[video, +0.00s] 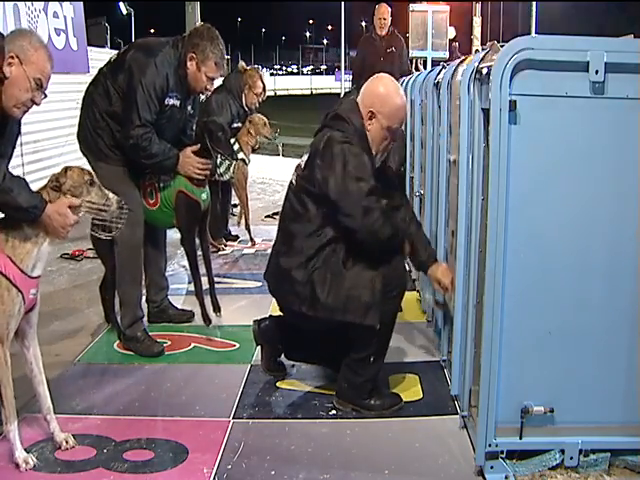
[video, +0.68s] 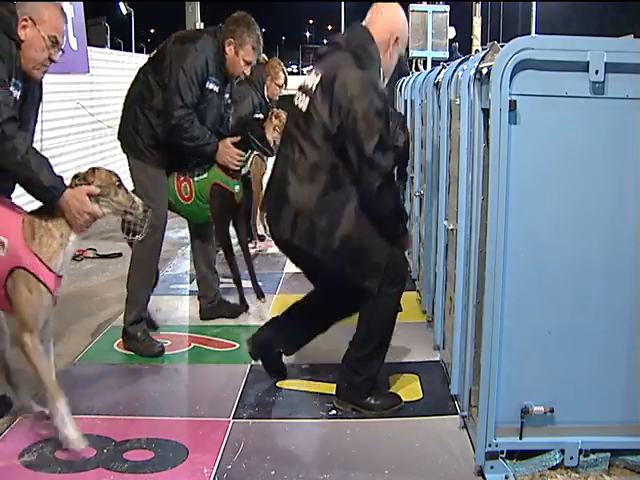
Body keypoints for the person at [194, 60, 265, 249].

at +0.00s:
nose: (259, 100)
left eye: (260, 95)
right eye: (257, 94)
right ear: (243, 89)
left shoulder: (240, 102)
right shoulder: (221, 103)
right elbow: (216, 132)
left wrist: (250, 142)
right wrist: (232, 154)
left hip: (224, 150)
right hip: (206, 151)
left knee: (225, 194)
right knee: (213, 195)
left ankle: (223, 229)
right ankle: (213, 233)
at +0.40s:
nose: (269, 94)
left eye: (270, 89)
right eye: (266, 89)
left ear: (257, 85)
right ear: (253, 85)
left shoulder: (248, 95)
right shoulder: (232, 98)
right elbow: (229, 130)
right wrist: (250, 152)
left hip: (238, 143)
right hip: (216, 146)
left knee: (243, 190)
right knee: (216, 194)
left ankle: (249, 231)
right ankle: (212, 235)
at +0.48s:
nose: (272, 94)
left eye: (273, 90)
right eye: (269, 89)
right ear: (257, 84)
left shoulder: (252, 95)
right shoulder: (237, 95)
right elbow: (234, 126)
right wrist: (255, 151)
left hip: (243, 145)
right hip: (228, 147)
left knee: (248, 192)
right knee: (244, 193)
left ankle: (251, 230)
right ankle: (246, 234)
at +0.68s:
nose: (280, 90)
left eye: (282, 86)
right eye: (278, 85)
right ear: (267, 80)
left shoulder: (268, 99)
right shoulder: (248, 95)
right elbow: (244, 125)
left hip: (257, 147)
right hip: (242, 149)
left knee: (255, 191)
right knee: (249, 193)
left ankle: (254, 229)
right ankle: (249, 232)